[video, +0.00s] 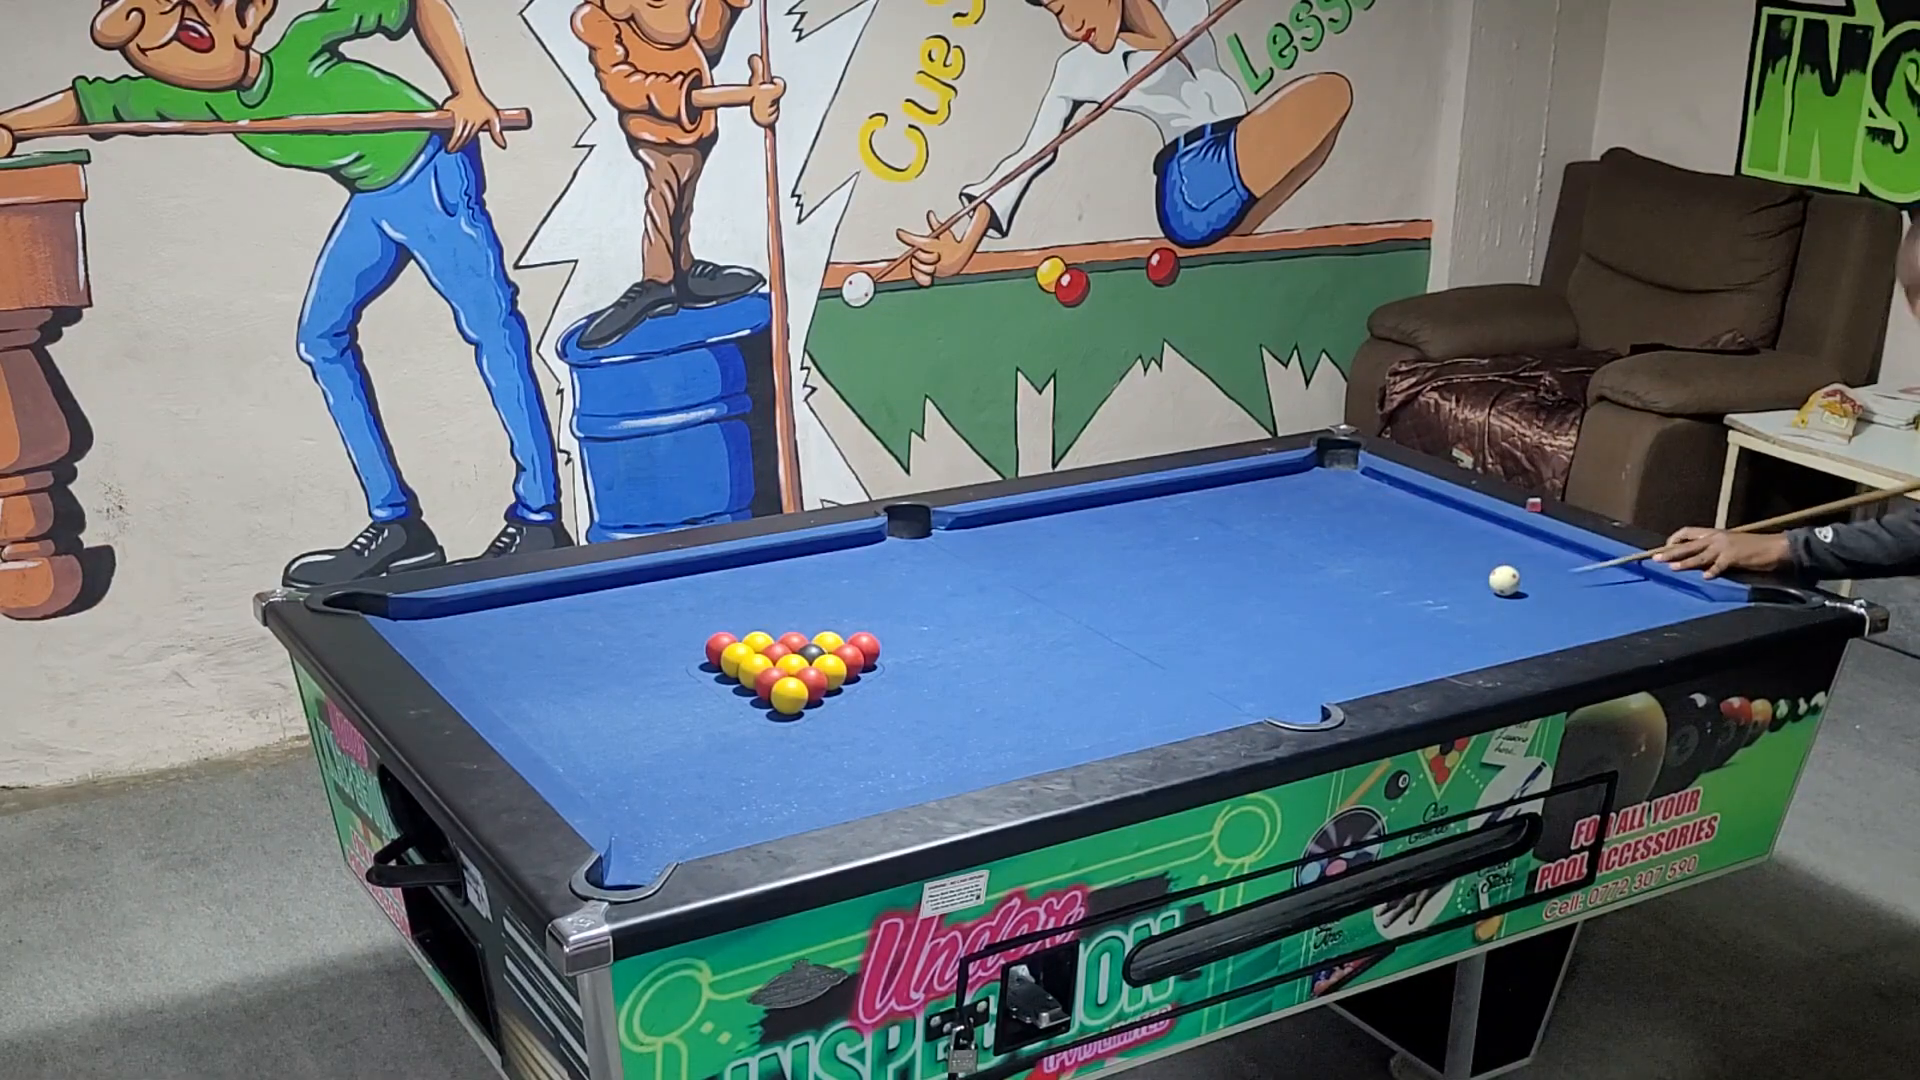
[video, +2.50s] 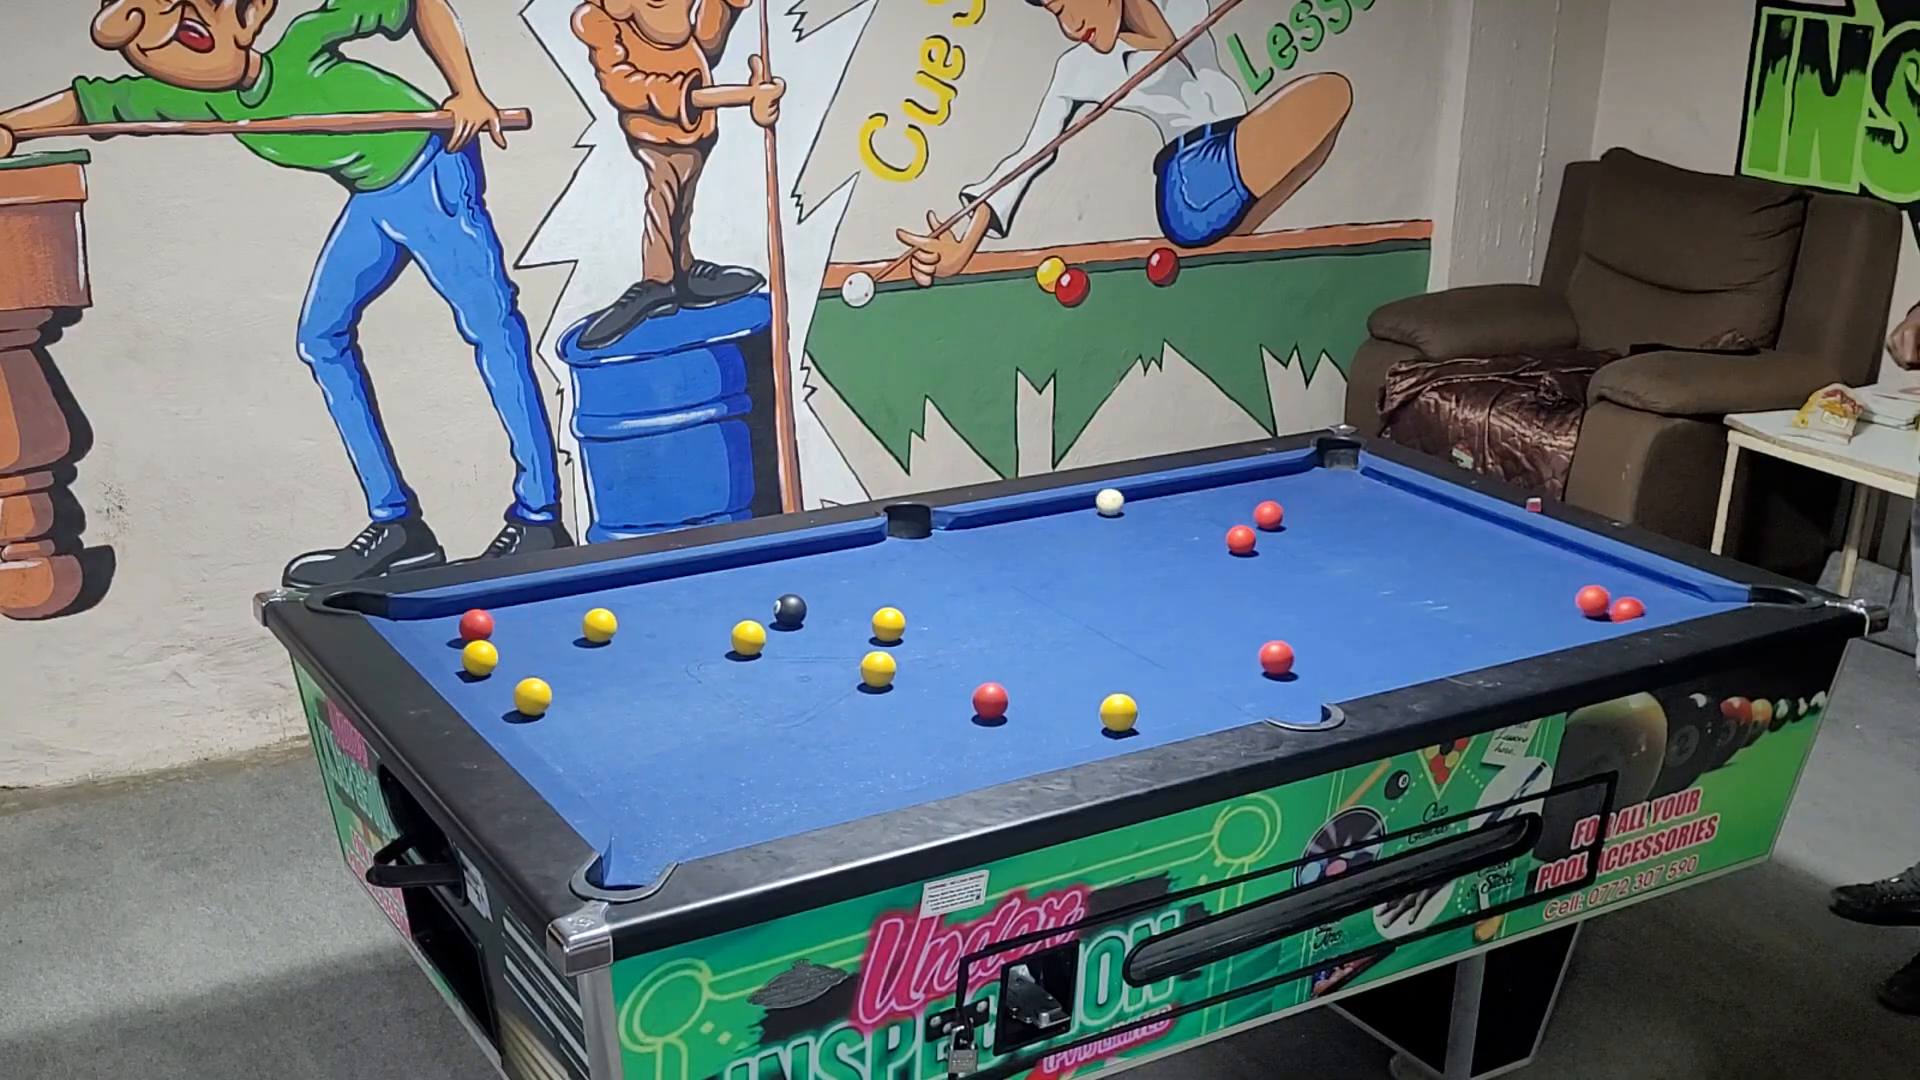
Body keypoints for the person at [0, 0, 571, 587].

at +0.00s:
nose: (208, 55)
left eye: (201, 40)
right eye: (191, 54)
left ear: (223, 21)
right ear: (182, 75)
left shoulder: (300, 37)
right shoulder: (213, 99)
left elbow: (418, 4)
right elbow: (89, 100)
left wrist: (467, 87)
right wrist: (9, 124)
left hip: (426, 166)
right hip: (369, 199)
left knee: (493, 331)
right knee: (322, 338)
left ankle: (540, 517)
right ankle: (397, 523)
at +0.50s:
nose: (207, 57)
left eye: (200, 42)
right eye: (191, 56)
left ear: (228, 22)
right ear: (185, 74)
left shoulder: (300, 37)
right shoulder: (213, 98)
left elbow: (419, 4)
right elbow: (90, 101)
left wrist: (467, 87)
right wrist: (9, 124)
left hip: (426, 165)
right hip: (369, 199)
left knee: (492, 329)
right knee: (322, 337)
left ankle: (540, 516)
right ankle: (397, 522)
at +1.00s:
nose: (208, 58)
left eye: (201, 42)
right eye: (191, 58)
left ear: (228, 22)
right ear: (185, 75)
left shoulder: (300, 37)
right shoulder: (213, 98)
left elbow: (419, 4)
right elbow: (90, 101)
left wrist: (467, 87)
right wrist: (9, 124)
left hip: (426, 165)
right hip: (369, 199)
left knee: (492, 328)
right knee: (322, 337)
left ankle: (541, 516)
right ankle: (397, 522)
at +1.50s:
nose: (208, 58)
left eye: (201, 43)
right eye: (191, 58)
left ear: (228, 22)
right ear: (185, 74)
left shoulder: (301, 37)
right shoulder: (213, 98)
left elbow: (419, 4)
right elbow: (90, 101)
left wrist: (467, 87)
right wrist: (9, 124)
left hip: (426, 165)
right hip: (369, 198)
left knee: (492, 329)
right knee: (322, 337)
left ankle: (541, 516)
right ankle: (397, 522)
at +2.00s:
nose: (207, 60)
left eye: (200, 44)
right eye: (190, 59)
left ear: (228, 23)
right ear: (184, 74)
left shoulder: (300, 37)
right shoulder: (212, 98)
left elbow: (418, 4)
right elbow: (90, 101)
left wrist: (467, 87)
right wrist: (9, 124)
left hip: (426, 165)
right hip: (369, 199)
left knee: (492, 329)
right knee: (322, 337)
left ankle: (541, 516)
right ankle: (397, 522)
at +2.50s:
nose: (208, 60)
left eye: (201, 44)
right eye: (190, 60)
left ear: (228, 24)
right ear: (185, 74)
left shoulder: (300, 37)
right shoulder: (211, 97)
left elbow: (418, 4)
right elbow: (90, 101)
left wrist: (467, 87)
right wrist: (9, 124)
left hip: (426, 165)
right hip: (369, 199)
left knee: (492, 329)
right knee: (322, 337)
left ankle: (541, 517)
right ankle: (397, 522)